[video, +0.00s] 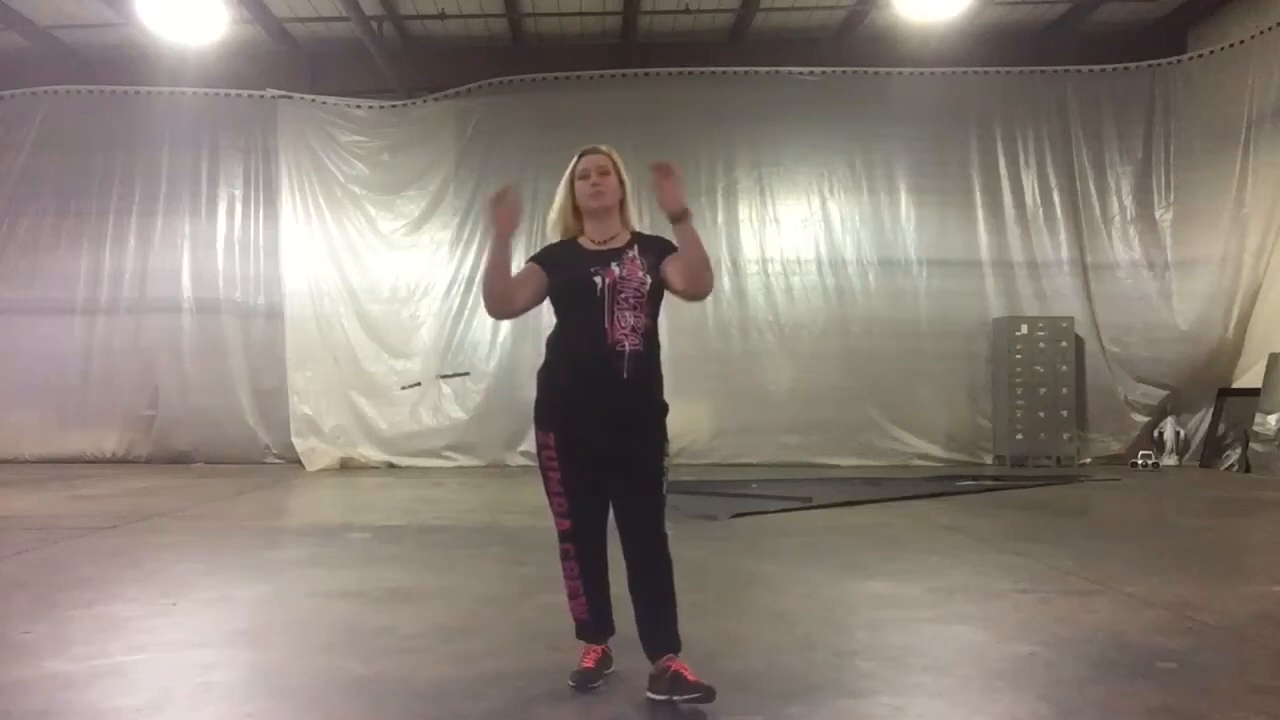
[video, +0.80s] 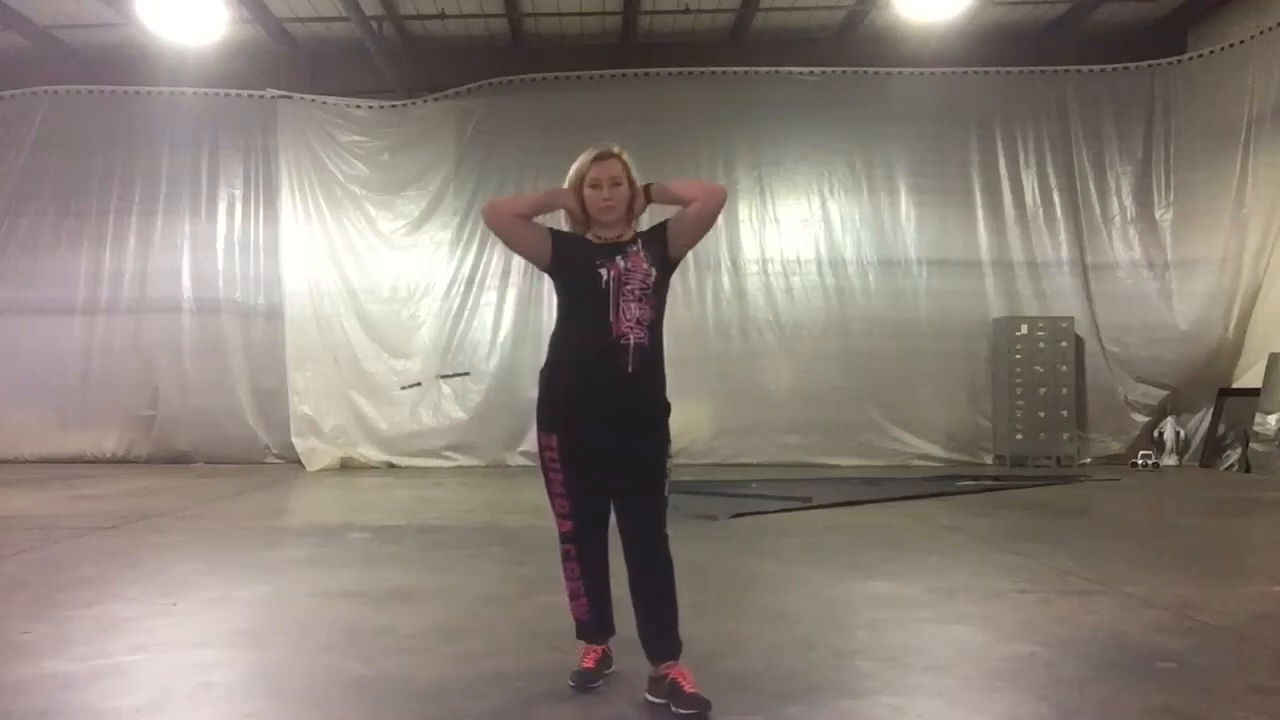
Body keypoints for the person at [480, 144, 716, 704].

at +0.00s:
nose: (595, 181)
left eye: (604, 172)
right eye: (584, 176)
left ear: (622, 185)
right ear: (572, 193)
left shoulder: (650, 248)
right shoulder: (557, 258)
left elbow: (698, 284)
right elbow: (499, 304)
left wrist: (680, 215)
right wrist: (500, 238)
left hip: (636, 414)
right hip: (567, 416)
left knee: (647, 537)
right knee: (580, 537)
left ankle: (665, 659)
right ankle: (595, 646)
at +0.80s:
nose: (605, 194)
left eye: (615, 184)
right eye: (594, 185)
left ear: (633, 192)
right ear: (579, 196)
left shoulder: (657, 248)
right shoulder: (562, 253)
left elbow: (713, 195)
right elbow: (494, 213)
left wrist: (650, 191)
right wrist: (564, 196)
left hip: (639, 416)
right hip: (569, 417)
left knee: (648, 539)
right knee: (581, 537)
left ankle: (666, 663)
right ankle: (594, 647)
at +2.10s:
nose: (588, 183)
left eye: (589, 172)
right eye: (573, 183)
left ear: (604, 176)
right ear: (562, 204)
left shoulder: (655, 245)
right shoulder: (558, 260)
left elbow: (685, 328)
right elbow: (536, 342)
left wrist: (702, 401)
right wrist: (515, 413)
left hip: (637, 418)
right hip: (566, 422)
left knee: (646, 540)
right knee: (580, 540)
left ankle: (665, 663)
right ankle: (594, 645)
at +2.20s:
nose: (588, 195)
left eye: (588, 182)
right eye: (573, 196)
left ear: (602, 181)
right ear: (562, 212)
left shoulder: (653, 244)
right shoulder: (558, 262)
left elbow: (687, 322)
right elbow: (534, 345)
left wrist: (712, 393)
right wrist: (511, 417)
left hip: (637, 417)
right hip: (566, 422)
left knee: (646, 539)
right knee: (579, 539)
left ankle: (664, 665)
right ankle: (594, 646)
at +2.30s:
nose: (589, 193)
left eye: (589, 181)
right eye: (575, 192)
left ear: (603, 182)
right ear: (563, 209)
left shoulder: (650, 244)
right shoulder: (555, 261)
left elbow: (688, 318)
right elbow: (533, 345)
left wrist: (712, 382)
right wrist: (508, 418)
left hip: (636, 415)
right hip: (566, 420)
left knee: (647, 535)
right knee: (579, 537)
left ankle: (665, 660)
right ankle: (594, 646)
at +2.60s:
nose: (574, 185)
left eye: (581, 173)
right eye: (564, 185)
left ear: (610, 179)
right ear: (564, 205)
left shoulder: (657, 240)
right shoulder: (561, 259)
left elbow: (683, 321)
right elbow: (538, 340)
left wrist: (685, 390)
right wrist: (511, 407)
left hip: (643, 409)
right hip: (575, 414)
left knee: (652, 523)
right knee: (582, 528)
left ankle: (658, 637)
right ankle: (594, 642)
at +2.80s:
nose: (606, 168)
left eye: (616, 161)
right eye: (595, 167)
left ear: (638, 177)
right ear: (587, 191)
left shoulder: (671, 240)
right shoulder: (573, 250)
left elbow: (694, 324)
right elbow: (550, 334)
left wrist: (703, 399)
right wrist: (528, 401)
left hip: (655, 408)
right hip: (585, 411)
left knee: (656, 527)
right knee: (589, 529)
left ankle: (660, 640)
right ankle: (594, 643)